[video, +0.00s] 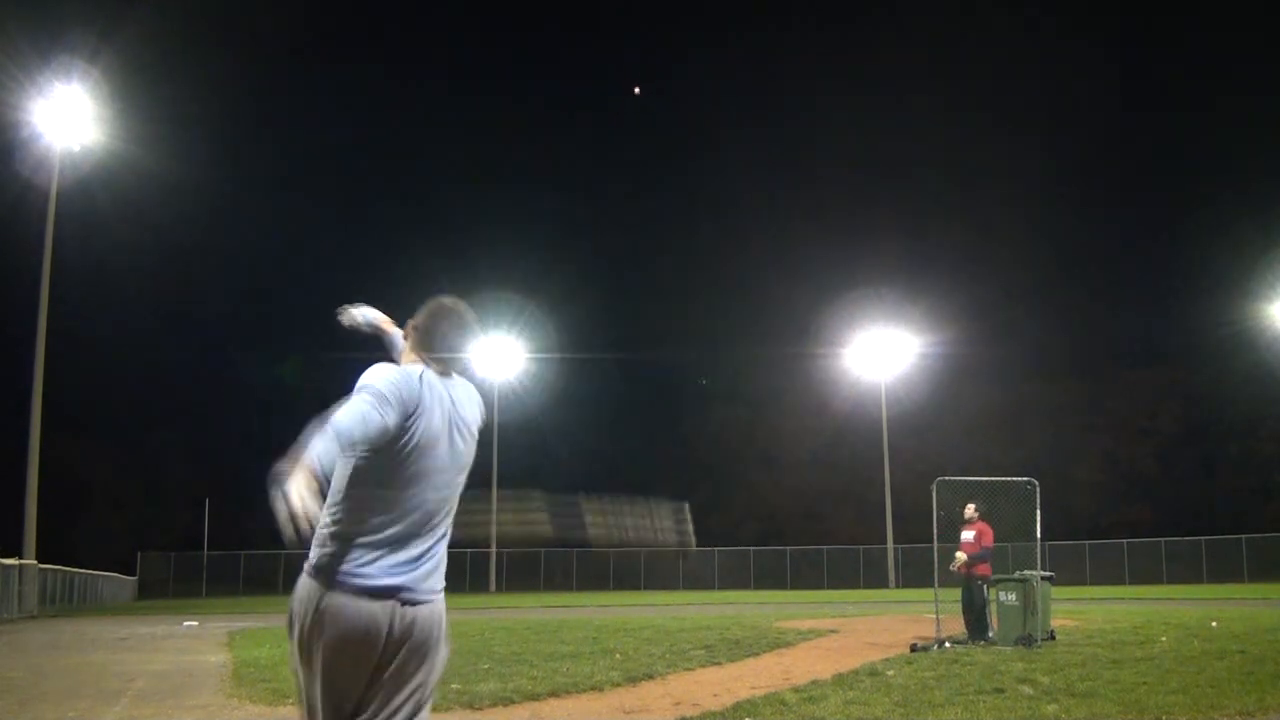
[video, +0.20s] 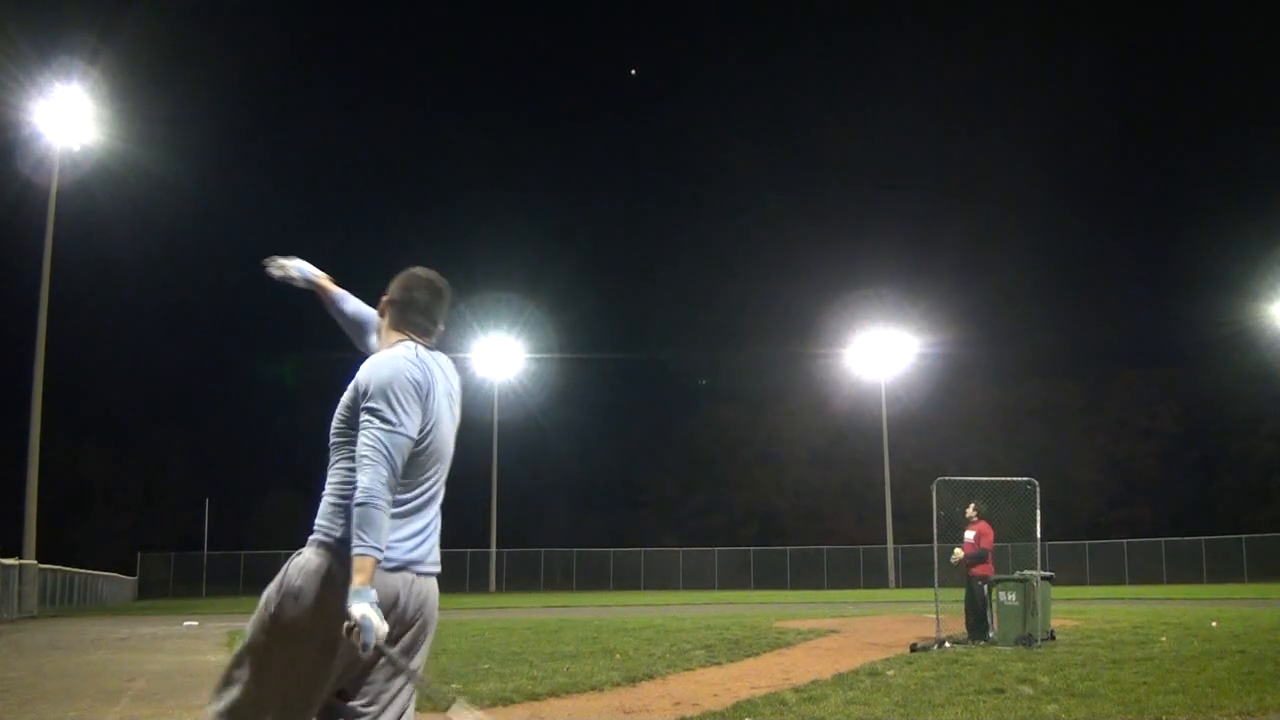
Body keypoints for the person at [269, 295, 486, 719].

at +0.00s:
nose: (406, 337)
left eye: (409, 333)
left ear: (412, 339)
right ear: (462, 353)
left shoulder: (390, 383)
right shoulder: (470, 402)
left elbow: (349, 425)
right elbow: (422, 364)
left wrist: (305, 469)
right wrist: (386, 328)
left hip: (338, 607)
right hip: (422, 616)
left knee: (324, 713)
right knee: (398, 713)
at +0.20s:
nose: (377, 309)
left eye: (381, 303)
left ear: (384, 308)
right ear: (437, 329)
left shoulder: (391, 369)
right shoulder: (444, 373)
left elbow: (373, 479)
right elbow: (373, 331)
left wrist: (361, 588)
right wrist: (320, 282)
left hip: (337, 578)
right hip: (417, 587)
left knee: (247, 710)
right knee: (377, 714)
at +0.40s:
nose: (347, 311)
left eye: (351, 303)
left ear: (357, 306)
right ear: (411, 320)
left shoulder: (383, 365)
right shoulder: (409, 367)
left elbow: (378, 477)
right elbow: (321, 322)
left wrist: (350, 579)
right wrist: (256, 261)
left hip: (339, 566)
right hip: (399, 577)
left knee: (230, 707)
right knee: (370, 712)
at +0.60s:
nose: (317, 308)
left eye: (319, 302)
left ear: (325, 304)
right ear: (380, 318)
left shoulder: (348, 362)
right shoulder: (372, 362)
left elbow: (342, 471)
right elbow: (289, 341)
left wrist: (307, 576)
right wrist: (219, 294)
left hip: (313, 566)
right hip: (361, 572)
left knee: (271, 707)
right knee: (351, 711)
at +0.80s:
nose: (276, 300)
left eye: (277, 294)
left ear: (280, 298)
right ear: (341, 315)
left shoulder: (292, 351)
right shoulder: (345, 367)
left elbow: (263, 457)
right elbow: (272, 391)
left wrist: (211, 555)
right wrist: (214, 383)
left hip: (274, 576)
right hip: (333, 578)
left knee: (249, 708)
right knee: (322, 709)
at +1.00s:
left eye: (240, 292)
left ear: (239, 296)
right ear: (302, 312)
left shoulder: (234, 350)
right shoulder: (330, 376)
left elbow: (175, 452)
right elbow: (263, 467)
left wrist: (90, 559)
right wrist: (174, 514)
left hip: (242, 583)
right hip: (322, 590)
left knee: (201, 709)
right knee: (306, 713)